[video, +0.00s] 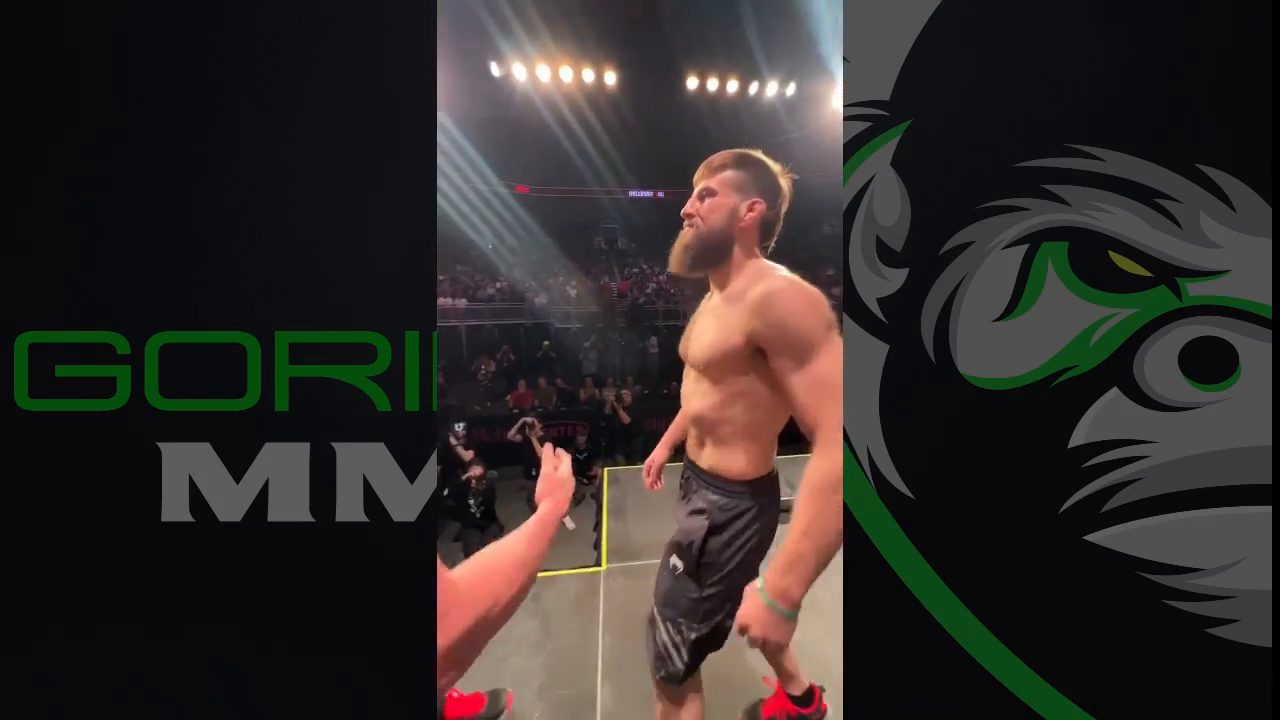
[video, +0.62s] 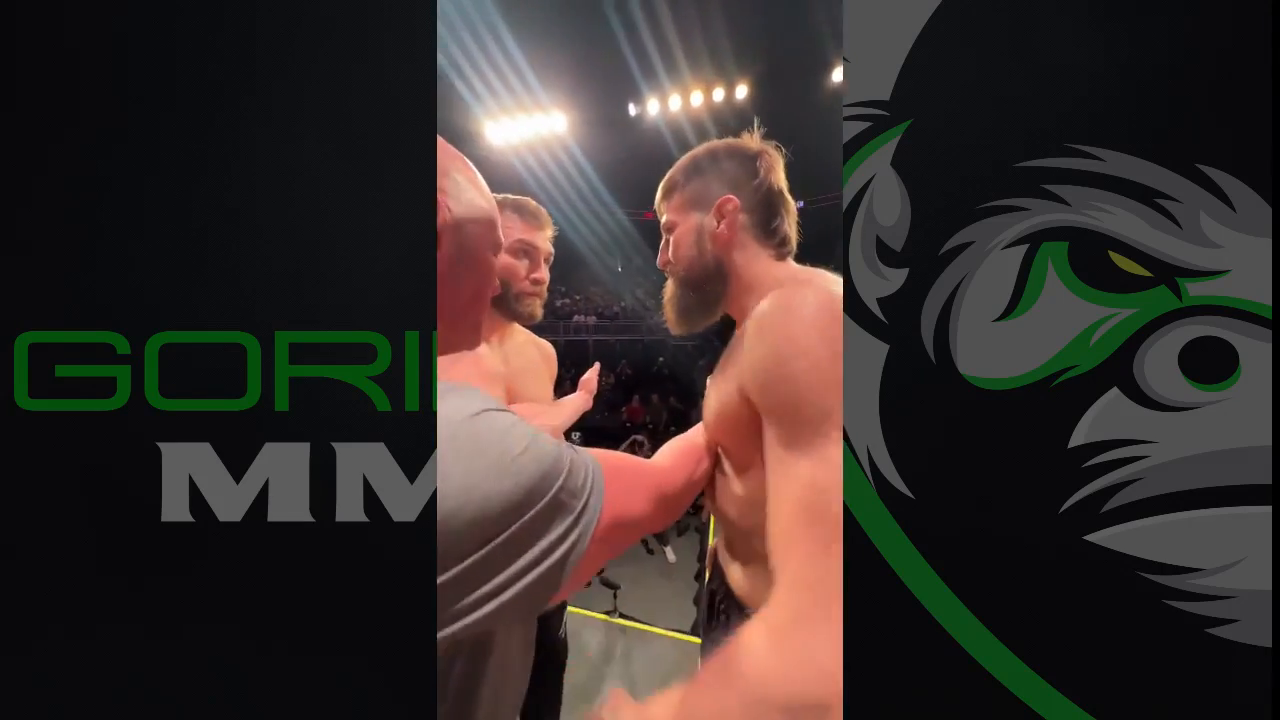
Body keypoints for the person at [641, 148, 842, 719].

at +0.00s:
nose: (687, 206)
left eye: (706, 194)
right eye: (692, 195)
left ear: (751, 211)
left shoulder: (781, 298)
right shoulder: (718, 295)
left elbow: (840, 447)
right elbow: (711, 389)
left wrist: (782, 591)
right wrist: (666, 444)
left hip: (733, 504)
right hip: (704, 487)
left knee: (671, 658)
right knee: (752, 603)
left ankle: (676, 710)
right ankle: (797, 694)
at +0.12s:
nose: (680, 203)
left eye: (699, 187)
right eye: (686, 187)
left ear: (749, 200)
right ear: (741, 203)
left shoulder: (770, 300)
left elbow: (792, 497)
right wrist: (688, 458)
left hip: (726, 531)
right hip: (702, 513)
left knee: (677, 687)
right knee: (728, 622)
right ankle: (805, 704)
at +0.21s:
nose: (670, 208)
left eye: (688, 188)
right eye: (676, 190)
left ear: (743, 194)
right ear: (737, 197)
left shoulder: (761, 300)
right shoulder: (744, 296)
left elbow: (746, 527)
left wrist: (620, 652)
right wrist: (701, 478)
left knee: (691, 703)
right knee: (734, 667)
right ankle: (792, 710)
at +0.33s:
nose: (658, 222)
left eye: (671, 196)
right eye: (662, 201)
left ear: (725, 191)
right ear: (726, 194)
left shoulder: (756, 299)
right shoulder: (777, 290)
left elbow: (688, 561)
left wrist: (550, 590)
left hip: (739, 594)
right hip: (756, 577)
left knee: (716, 711)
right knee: (710, 708)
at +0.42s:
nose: (654, 235)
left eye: (665, 208)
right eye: (656, 212)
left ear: (718, 197)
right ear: (718, 200)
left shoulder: (759, 299)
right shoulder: (794, 292)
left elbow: (684, 589)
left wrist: (547, 579)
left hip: (751, 616)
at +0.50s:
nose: (656, 245)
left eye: (666, 217)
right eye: (657, 222)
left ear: (720, 205)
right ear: (721, 208)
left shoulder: (776, 303)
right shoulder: (807, 299)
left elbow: (723, 632)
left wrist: (567, 607)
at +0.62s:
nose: (661, 259)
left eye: (669, 233)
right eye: (661, 238)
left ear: (725, 219)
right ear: (726, 222)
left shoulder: (801, 318)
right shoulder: (766, 322)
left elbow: (816, 642)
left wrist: (660, 709)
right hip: (740, 615)